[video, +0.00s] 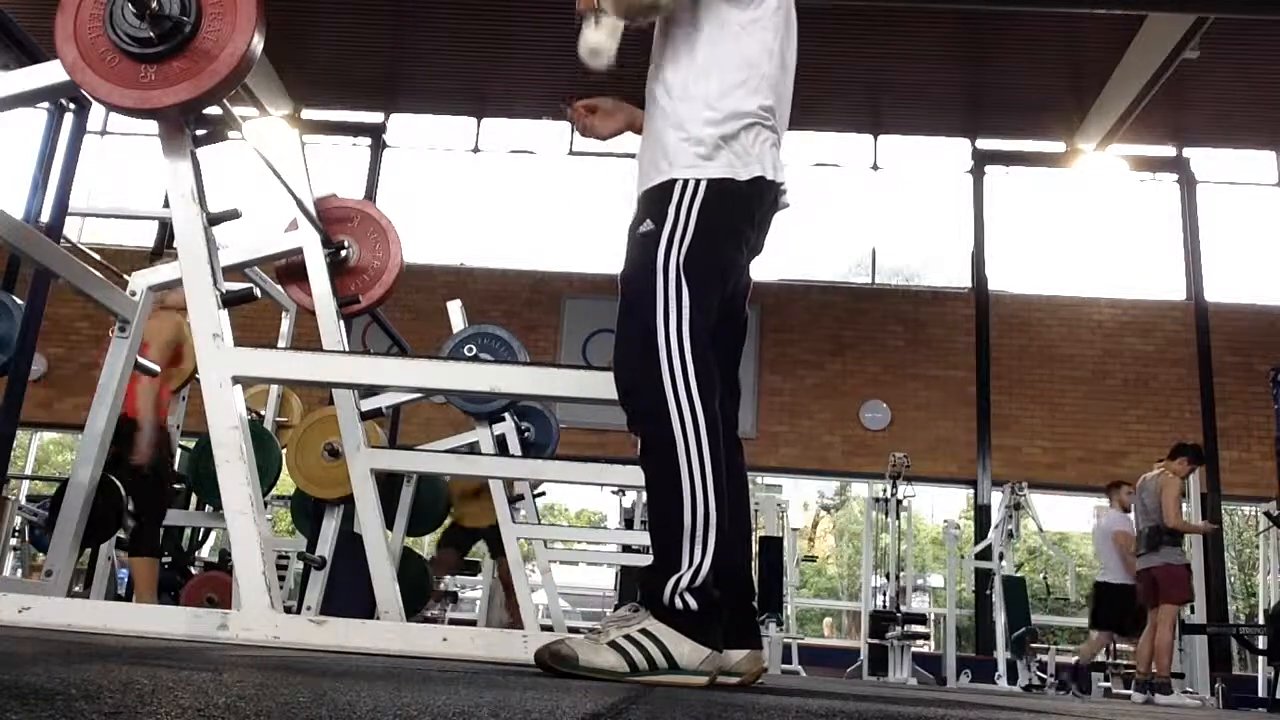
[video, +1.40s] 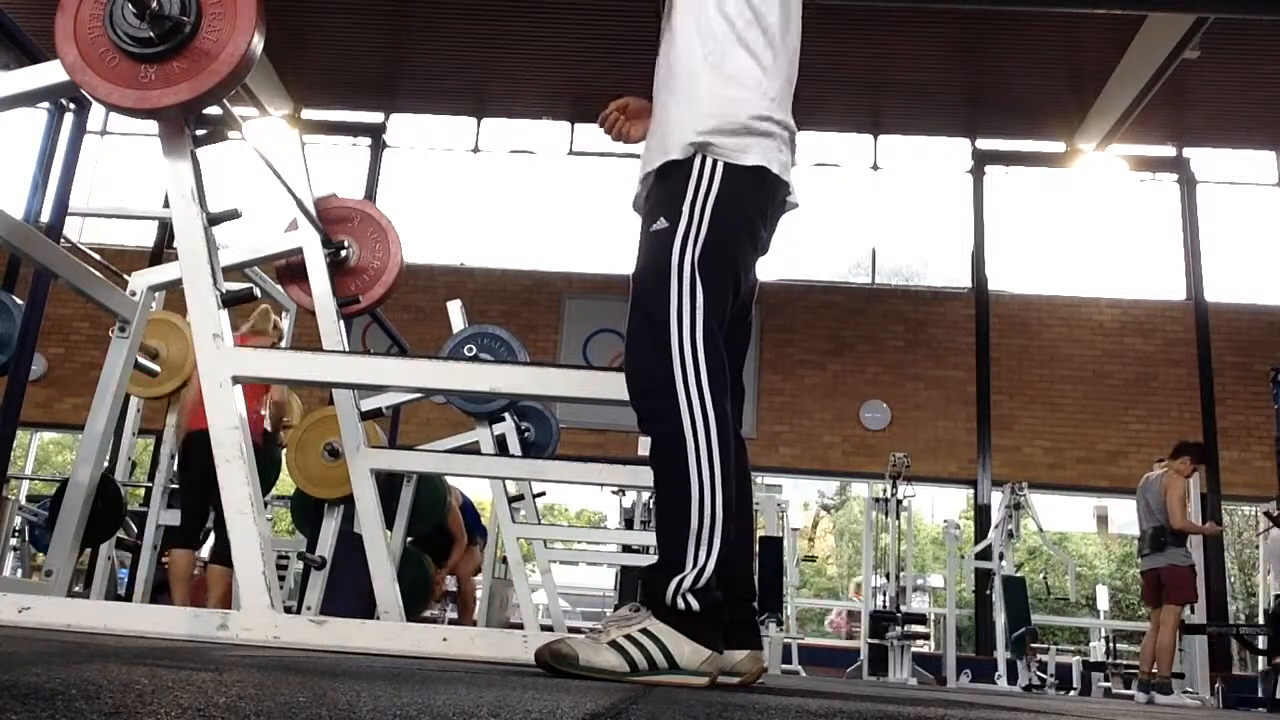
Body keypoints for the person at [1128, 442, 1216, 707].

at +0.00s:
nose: (1188, 476)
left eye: (1191, 472)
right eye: (1190, 471)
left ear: (1174, 459)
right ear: (1182, 462)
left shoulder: (1143, 480)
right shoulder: (1170, 480)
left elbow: (1141, 524)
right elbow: (1172, 521)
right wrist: (1200, 527)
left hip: (1146, 563)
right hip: (1168, 562)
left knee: (1152, 624)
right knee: (1166, 624)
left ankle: (1140, 685)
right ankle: (1163, 687)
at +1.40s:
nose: (1192, 476)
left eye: (1195, 471)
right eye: (1194, 470)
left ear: (1177, 459)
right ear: (1185, 461)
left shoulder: (1145, 480)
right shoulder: (1174, 480)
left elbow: (1146, 525)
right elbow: (1178, 523)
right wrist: (1205, 529)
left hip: (1149, 563)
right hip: (1174, 562)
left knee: (1155, 625)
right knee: (1169, 625)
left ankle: (1143, 685)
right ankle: (1164, 688)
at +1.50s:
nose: (1192, 475)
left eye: (1195, 471)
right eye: (1194, 470)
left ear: (1175, 458)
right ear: (1185, 461)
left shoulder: (1145, 480)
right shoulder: (1174, 480)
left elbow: (1146, 524)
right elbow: (1177, 523)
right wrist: (1206, 530)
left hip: (1149, 563)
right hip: (1173, 562)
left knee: (1155, 625)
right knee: (1169, 625)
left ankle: (1143, 685)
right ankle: (1164, 688)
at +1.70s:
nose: (1191, 475)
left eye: (1193, 470)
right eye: (1192, 469)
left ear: (1174, 459)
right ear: (1182, 461)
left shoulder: (1144, 480)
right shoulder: (1173, 480)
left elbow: (1147, 524)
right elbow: (1177, 522)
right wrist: (1205, 530)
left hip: (1149, 563)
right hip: (1173, 562)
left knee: (1156, 625)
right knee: (1169, 624)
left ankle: (1143, 685)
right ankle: (1164, 688)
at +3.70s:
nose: (1192, 469)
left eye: (1194, 464)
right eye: (1193, 463)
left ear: (1172, 457)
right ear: (1183, 458)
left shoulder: (1146, 480)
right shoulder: (1175, 480)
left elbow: (1147, 523)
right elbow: (1172, 518)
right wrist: (1187, 550)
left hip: (1148, 562)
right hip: (1170, 560)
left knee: (1156, 624)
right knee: (1168, 624)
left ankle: (1143, 685)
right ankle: (1163, 687)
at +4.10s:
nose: (1194, 471)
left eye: (1196, 466)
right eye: (1194, 465)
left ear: (1175, 459)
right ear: (1184, 459)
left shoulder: (1147, 480)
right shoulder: (1176, 480)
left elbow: (1147, 522)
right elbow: (1171, 518)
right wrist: (1187, 550)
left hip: (1148, 562)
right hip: (1170, 560)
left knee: (1155, 623)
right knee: (1168, 624)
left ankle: (1143, 685)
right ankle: (1163, 687)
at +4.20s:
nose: (1194, 471)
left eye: (1196, 467)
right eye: (1195, 465)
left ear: (1176, 459)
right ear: (1184, 459)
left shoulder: (1148, 480)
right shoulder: (1176, 481)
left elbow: (1148, 522)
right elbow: (1171, 519)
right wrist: (1188, 550)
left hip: (1148, 561)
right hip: (1169, 560)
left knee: (1155, 623)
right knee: (1168, 624)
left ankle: (1143, 685)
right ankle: (1163, 687)